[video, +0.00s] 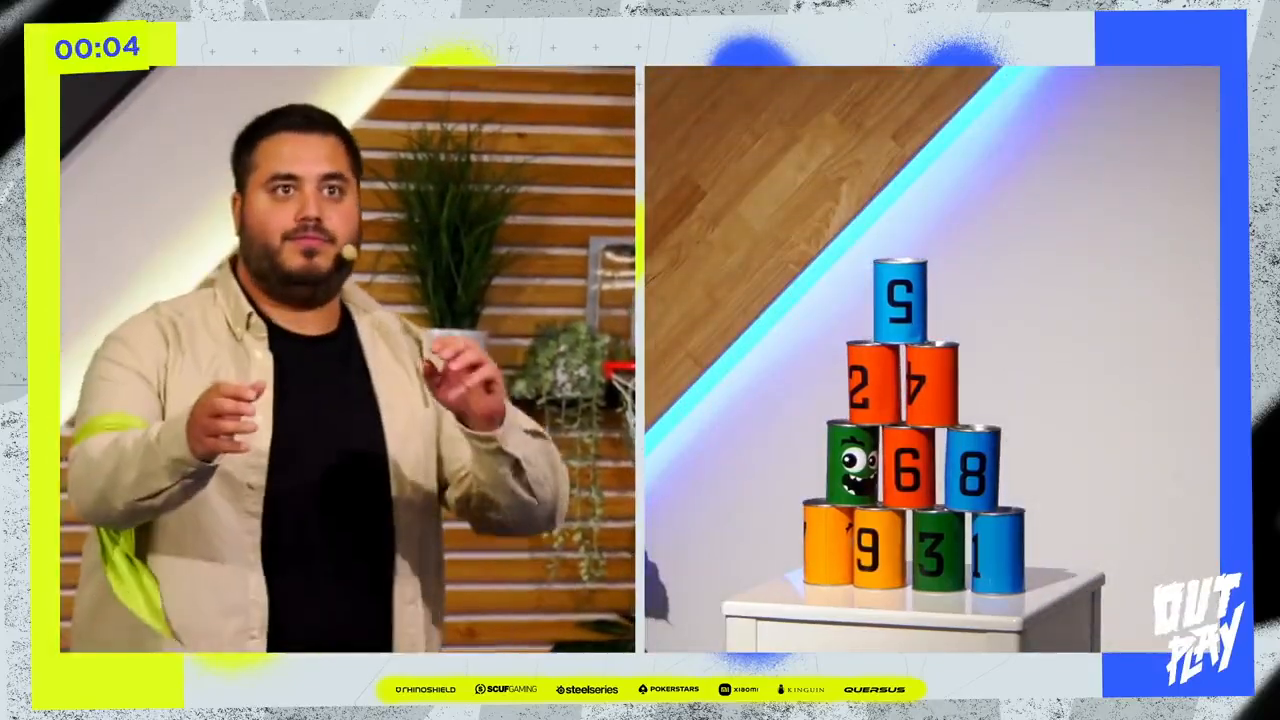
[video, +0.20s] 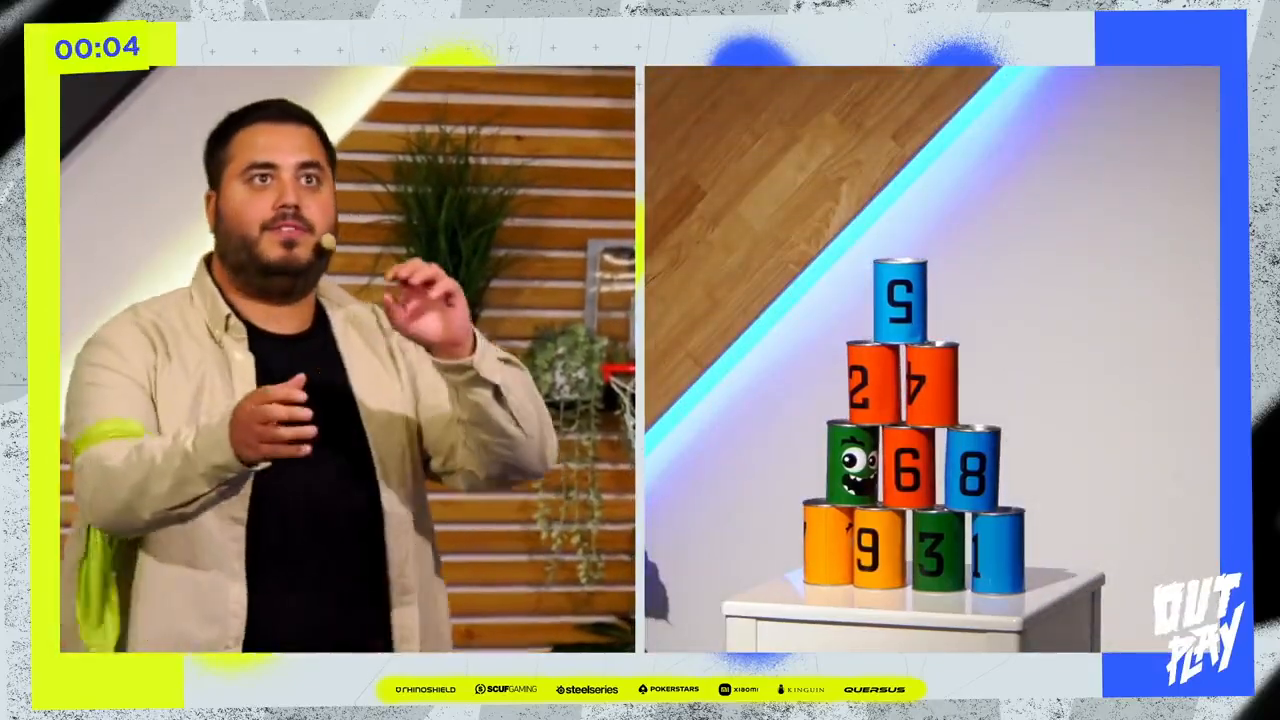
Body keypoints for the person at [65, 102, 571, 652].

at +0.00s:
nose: (311, 211)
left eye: (333, 189)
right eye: (284, 189)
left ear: (357, 213)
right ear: (240, 209)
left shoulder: (414, 354)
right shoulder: (155, 342)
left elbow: (532, 510)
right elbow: (91, 490)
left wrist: (495, 428)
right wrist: (183, 442)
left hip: (381, 694)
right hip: (201, 693)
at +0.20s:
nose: (290, 199)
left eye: (310, 179)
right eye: (260, 178)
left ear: (332, 207)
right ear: (213, 207)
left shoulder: (393, 337)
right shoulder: (136, 343)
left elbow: (521, 458)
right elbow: (106, 496)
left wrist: (462, 353)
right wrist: (226, 444)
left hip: (387, 685)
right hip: (211, 686)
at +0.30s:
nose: (280, 195)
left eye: (300, 176)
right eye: (249, 175)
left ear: (321, 208)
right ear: (200, 208)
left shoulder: (379, 340)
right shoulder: (124, 345)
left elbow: (510, 440)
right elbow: (127, 495)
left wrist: (461, 329)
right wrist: (269, 440)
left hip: (363, 680)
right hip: (194, 682)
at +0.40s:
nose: (280, 197)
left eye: (297, 179)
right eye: (248, 176)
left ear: (316, 213)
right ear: (192, 210)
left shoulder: (350, 337)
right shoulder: (116, 351)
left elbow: (496, 432)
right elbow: (169, 493)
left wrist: (470, 317)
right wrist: (333, 432)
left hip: (324, 684)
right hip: (167, 688)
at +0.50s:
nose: (286, 203)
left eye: (301, 184)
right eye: (253, 180)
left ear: (315, 217)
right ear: (191, 211)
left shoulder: (347, 343)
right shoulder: (119, 355)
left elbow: (493, 443)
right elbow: (229, 488)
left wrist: (488, 323)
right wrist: (400, 404)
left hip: (321, 691)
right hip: (159, 691)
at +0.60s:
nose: (290, 220)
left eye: (304, 201)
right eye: (259, 195)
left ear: (318, 221)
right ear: (191, 219)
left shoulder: (334, 345)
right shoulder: (127, 362)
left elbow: (476, 483)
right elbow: (271, 500)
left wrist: (511, 385)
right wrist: (459, 401)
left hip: (322, 698)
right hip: (158, 702)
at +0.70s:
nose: (311, 279)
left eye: (321, 254)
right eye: (287, 249)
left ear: (329, 250)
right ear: (210, 235)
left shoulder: (327, 364)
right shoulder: (127, 375)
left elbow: (437, 532)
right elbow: (261, 551)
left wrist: (514, 510)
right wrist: (464, 488)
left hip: (296, 698)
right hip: (140, 700)